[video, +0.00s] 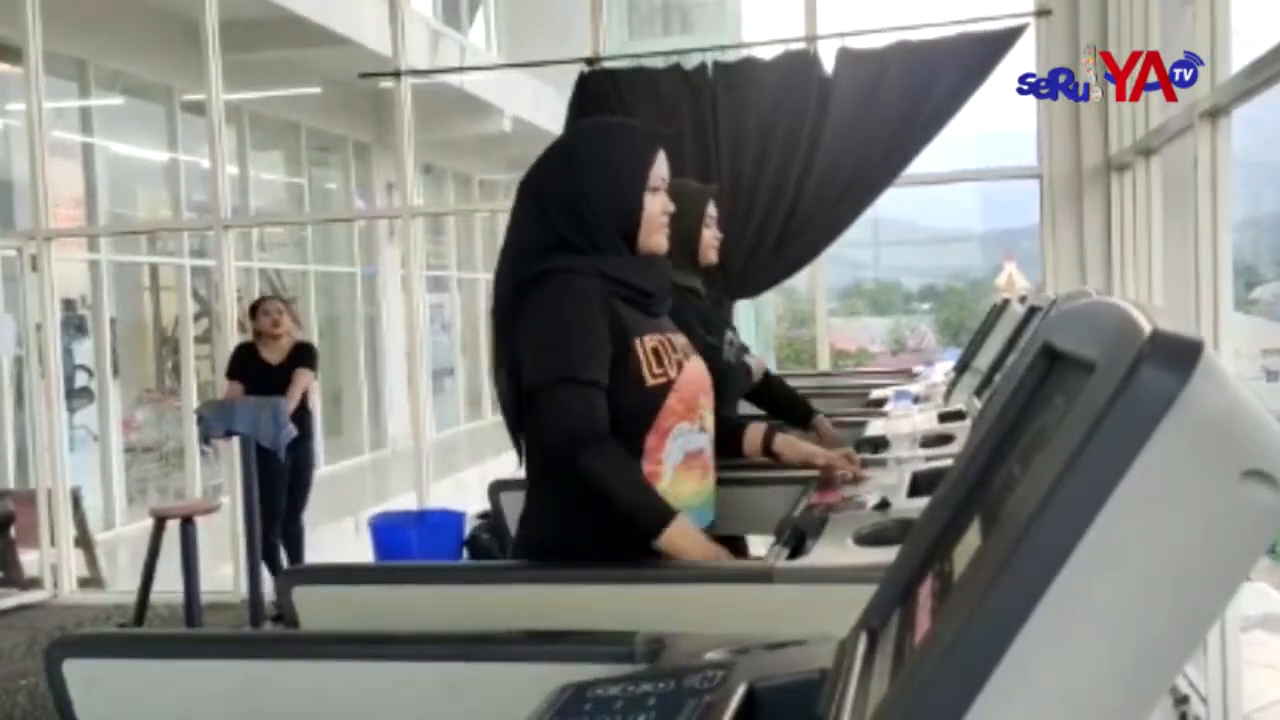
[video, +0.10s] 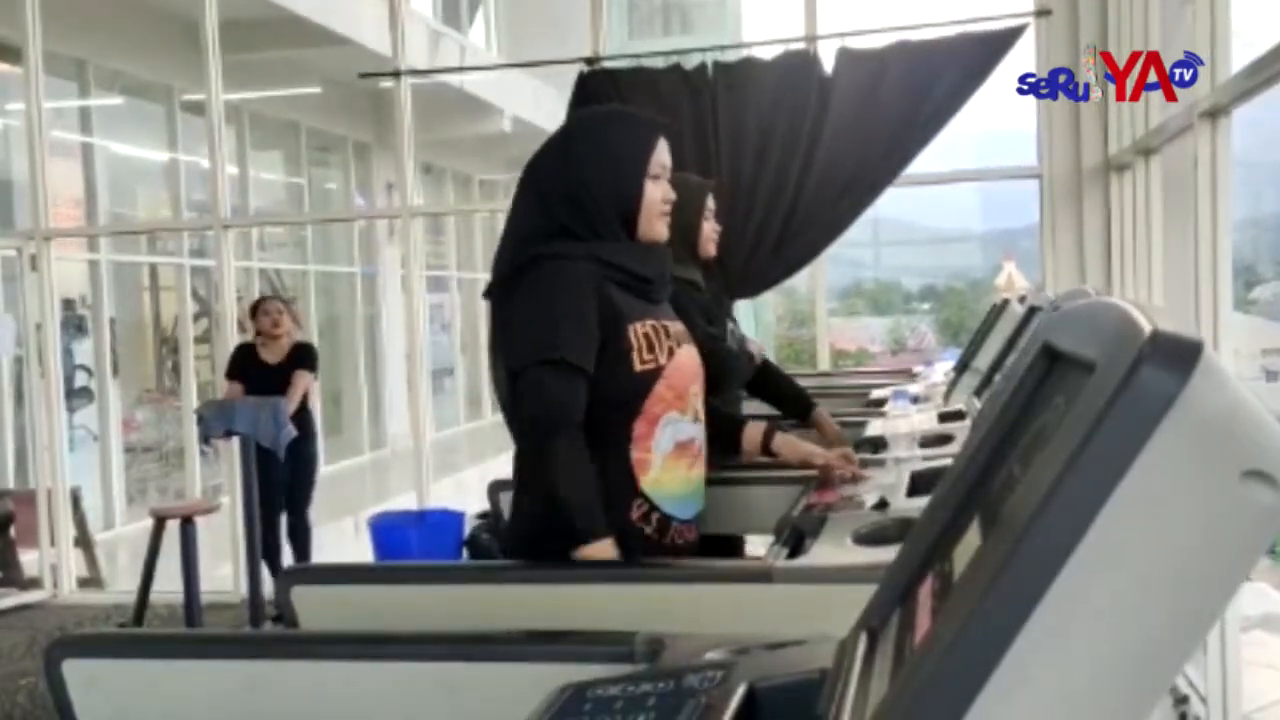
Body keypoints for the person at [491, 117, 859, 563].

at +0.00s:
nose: (669, 206)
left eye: (666, 190)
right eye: (655, 190)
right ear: (608, 193)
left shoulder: (638, 294)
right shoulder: (568, 296)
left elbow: (682, 418)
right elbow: (579, 450)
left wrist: (778, 444)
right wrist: (699, 550)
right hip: (596, 574)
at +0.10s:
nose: (671, 194)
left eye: (669, 178)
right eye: (656, 177)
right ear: (608, 180)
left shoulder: (637, 278)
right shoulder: (560, 280)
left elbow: (670, 415)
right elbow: (551, 434)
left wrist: (778, 443)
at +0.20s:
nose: (670, 195)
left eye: (668, 179)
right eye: (656, 179)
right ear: (608, 181)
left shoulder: (641, 283)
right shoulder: (553, 284)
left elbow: (668, 417)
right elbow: (524, 431)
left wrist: (774, 442)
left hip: (648, 548)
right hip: (579, 559)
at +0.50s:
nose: (665, 211)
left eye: (662, 195)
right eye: (651, 195)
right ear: (603, 198)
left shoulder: (633, 299)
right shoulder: (551, 309)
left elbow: (672, 425)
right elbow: (523, 464)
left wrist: (783, 452)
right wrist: (504, 589)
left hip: (658, 558)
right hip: (587, 572)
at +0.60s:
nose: (658, 207)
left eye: (656, 190)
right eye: (645, 189)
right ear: (597, 190)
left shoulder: (624, 288)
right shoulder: (552, 295)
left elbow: (672, 413)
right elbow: (548, 459)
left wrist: (794, 454)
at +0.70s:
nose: (655, 211)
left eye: (653, 195)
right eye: (643, 193)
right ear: (593, 191)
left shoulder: (610, 288)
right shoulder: (549, 293)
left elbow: (664, 411)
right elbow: (568, 450)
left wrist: (785, 453)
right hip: (566, 571)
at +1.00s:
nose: (659, 216)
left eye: (657, 200)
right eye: (646, 199)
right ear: (597, 196)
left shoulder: (628, 295)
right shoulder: (551, 298)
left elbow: (676, 411)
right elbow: (558, 448)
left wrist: (779, 446)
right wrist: (653, 558)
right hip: (587, 569)